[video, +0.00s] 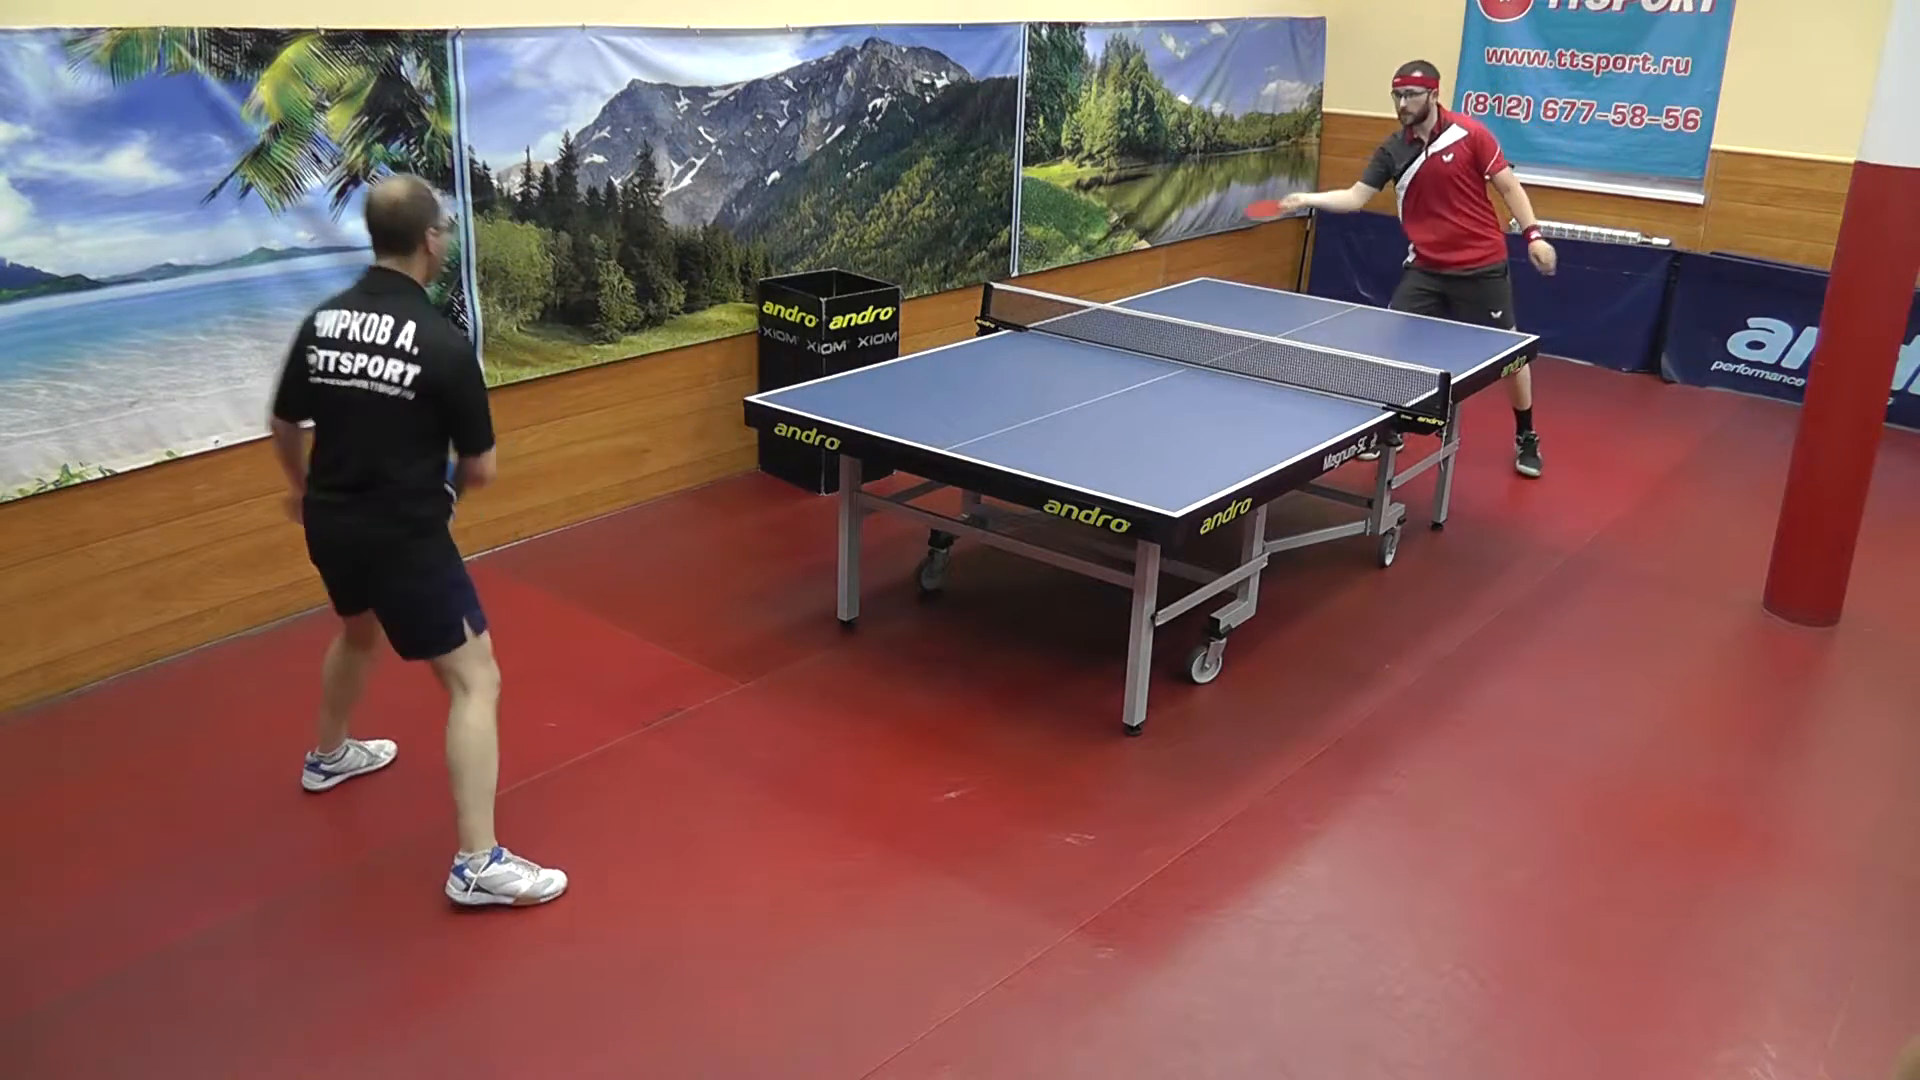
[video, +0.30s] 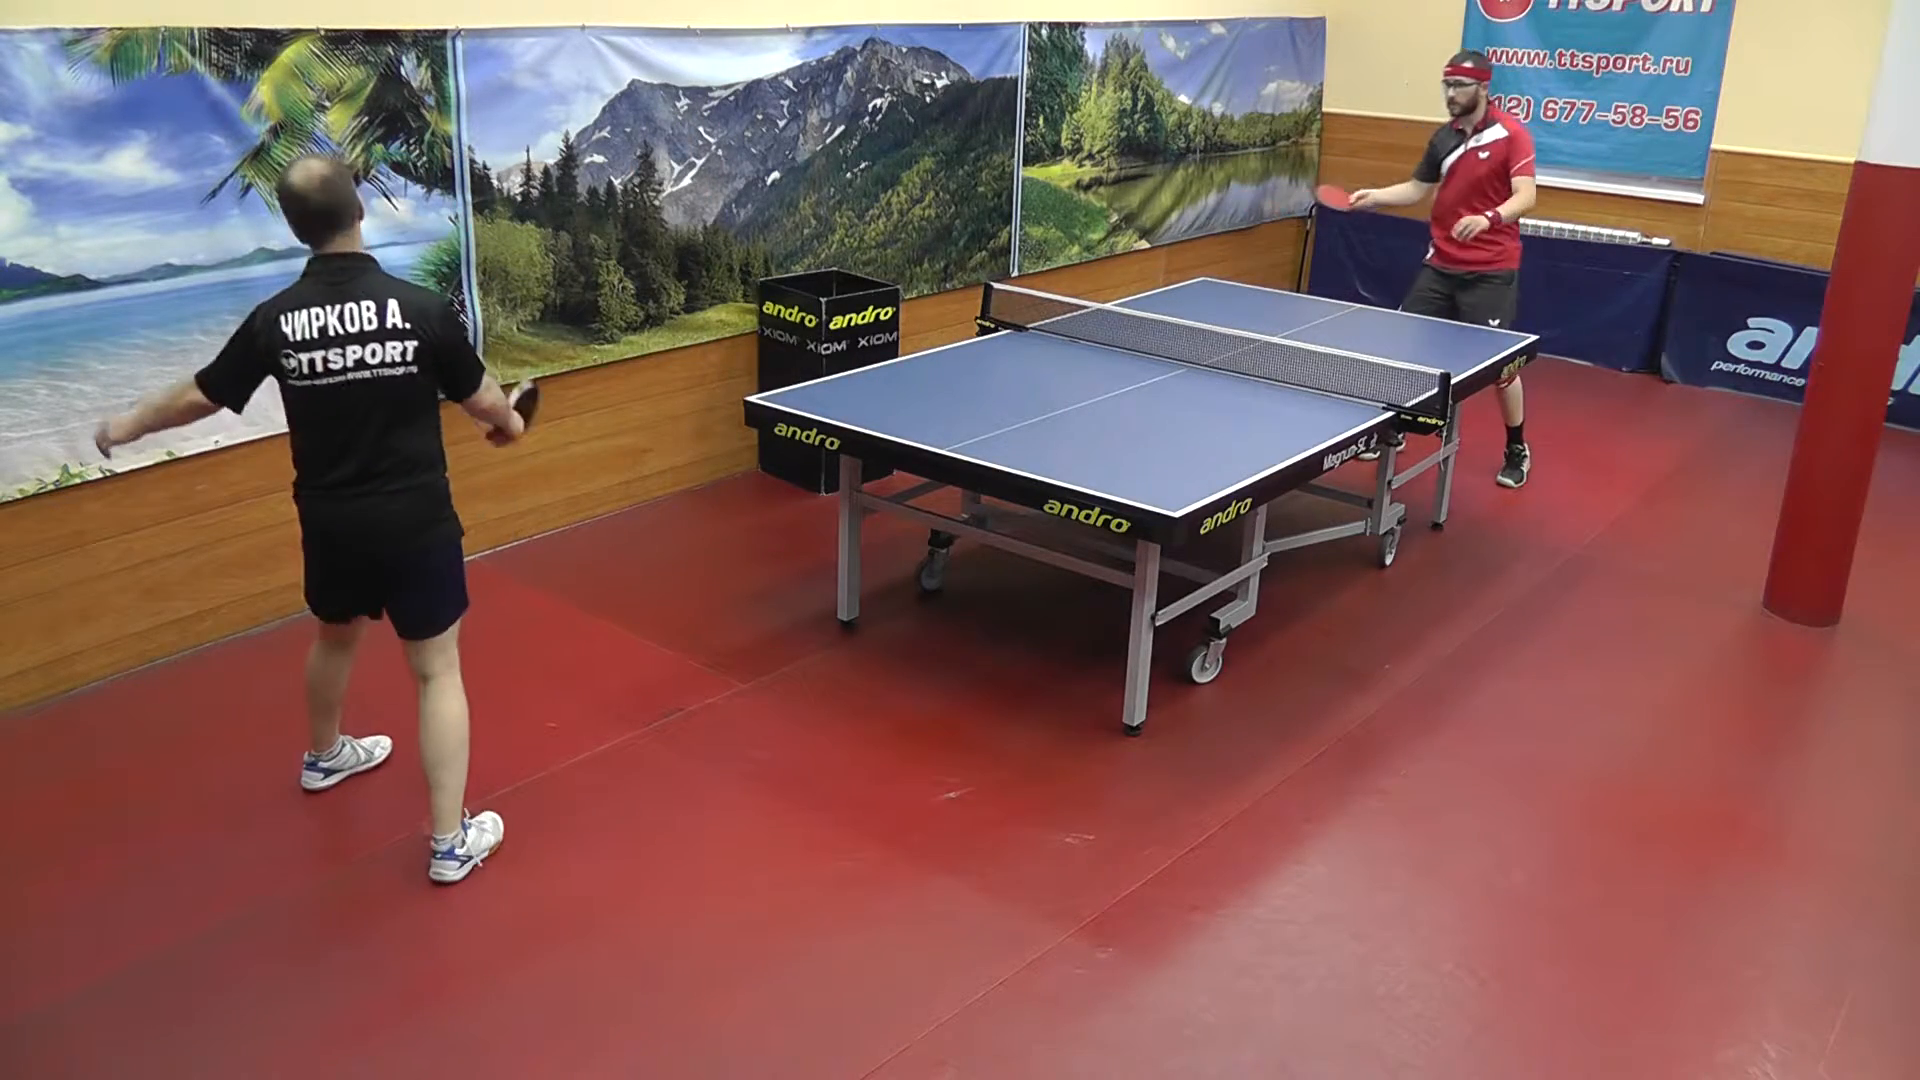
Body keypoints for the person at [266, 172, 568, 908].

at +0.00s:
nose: (447, 240)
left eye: (443, 228)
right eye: (443, 230)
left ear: (376, 238)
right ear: (428, 240)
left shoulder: (328, 319)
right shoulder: (444, 340)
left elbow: (286, 419)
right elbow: (479, 466)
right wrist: (444, 477)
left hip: (331, 523)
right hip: (406, 532)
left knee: (357, 631)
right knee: (474, 680)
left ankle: (328, 752)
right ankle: (478, 859)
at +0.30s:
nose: (358, 185)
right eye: (355, 182)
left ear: (295, 227)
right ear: (359, 208)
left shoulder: (276, 320)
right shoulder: (417, 308)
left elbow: (203, 397)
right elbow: (482, 400)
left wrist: (131, 425)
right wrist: (506, 421)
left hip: (330, 523)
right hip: (415, 519)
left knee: (336, 637)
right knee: (437, 673)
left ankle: (323, 754)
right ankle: (449, 839)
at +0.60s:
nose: (279, 241)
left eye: (279, 231)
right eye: (276, 230)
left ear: (300, 235)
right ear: (354, 218)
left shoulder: (294, 332)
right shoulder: (432, 303)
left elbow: (295, 460)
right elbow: (467, 424)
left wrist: (290, 556)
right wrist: (496, 510)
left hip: (342, 534)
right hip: (428, 523)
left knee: (321, 641)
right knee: (437, 673)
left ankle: (311, 758)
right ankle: (451, 841)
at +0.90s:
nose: (210, 235)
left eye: (215, 224)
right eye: (209, 223)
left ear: (251, 225)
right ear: (278, 216)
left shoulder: (243, 320)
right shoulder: (367, 282)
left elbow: (256, 447)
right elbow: (417, 393)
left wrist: (258, 547)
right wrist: (445, 476)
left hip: (302, 521)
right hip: (381, 503)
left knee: (289, 640)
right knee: (400, 642)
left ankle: (311, 771)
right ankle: (450, 792)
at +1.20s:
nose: (166, 232)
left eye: (175, 219)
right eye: (164, 219)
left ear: (222, 212)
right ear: (227, 211)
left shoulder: (219, 302)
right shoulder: (287, 264)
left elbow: (189, 426)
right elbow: (284, 380)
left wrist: (126, 443)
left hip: (264, 497)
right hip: (323, 478)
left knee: (280, 638)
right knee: (300, 616)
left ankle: (312, 772)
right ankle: (358, 736)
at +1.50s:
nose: (133, 234)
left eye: (146, 219)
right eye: (125, 219)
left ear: (189, 207)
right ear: (122, 211)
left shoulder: (219, 285)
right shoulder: (182, 275)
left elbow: (240, 415)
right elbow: (179, 387)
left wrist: (195, 522)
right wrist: (139, 465)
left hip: (252, 488)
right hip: (233, 484)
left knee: (223, 643)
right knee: (258, 624)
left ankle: (301, 769)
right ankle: (291, 747)